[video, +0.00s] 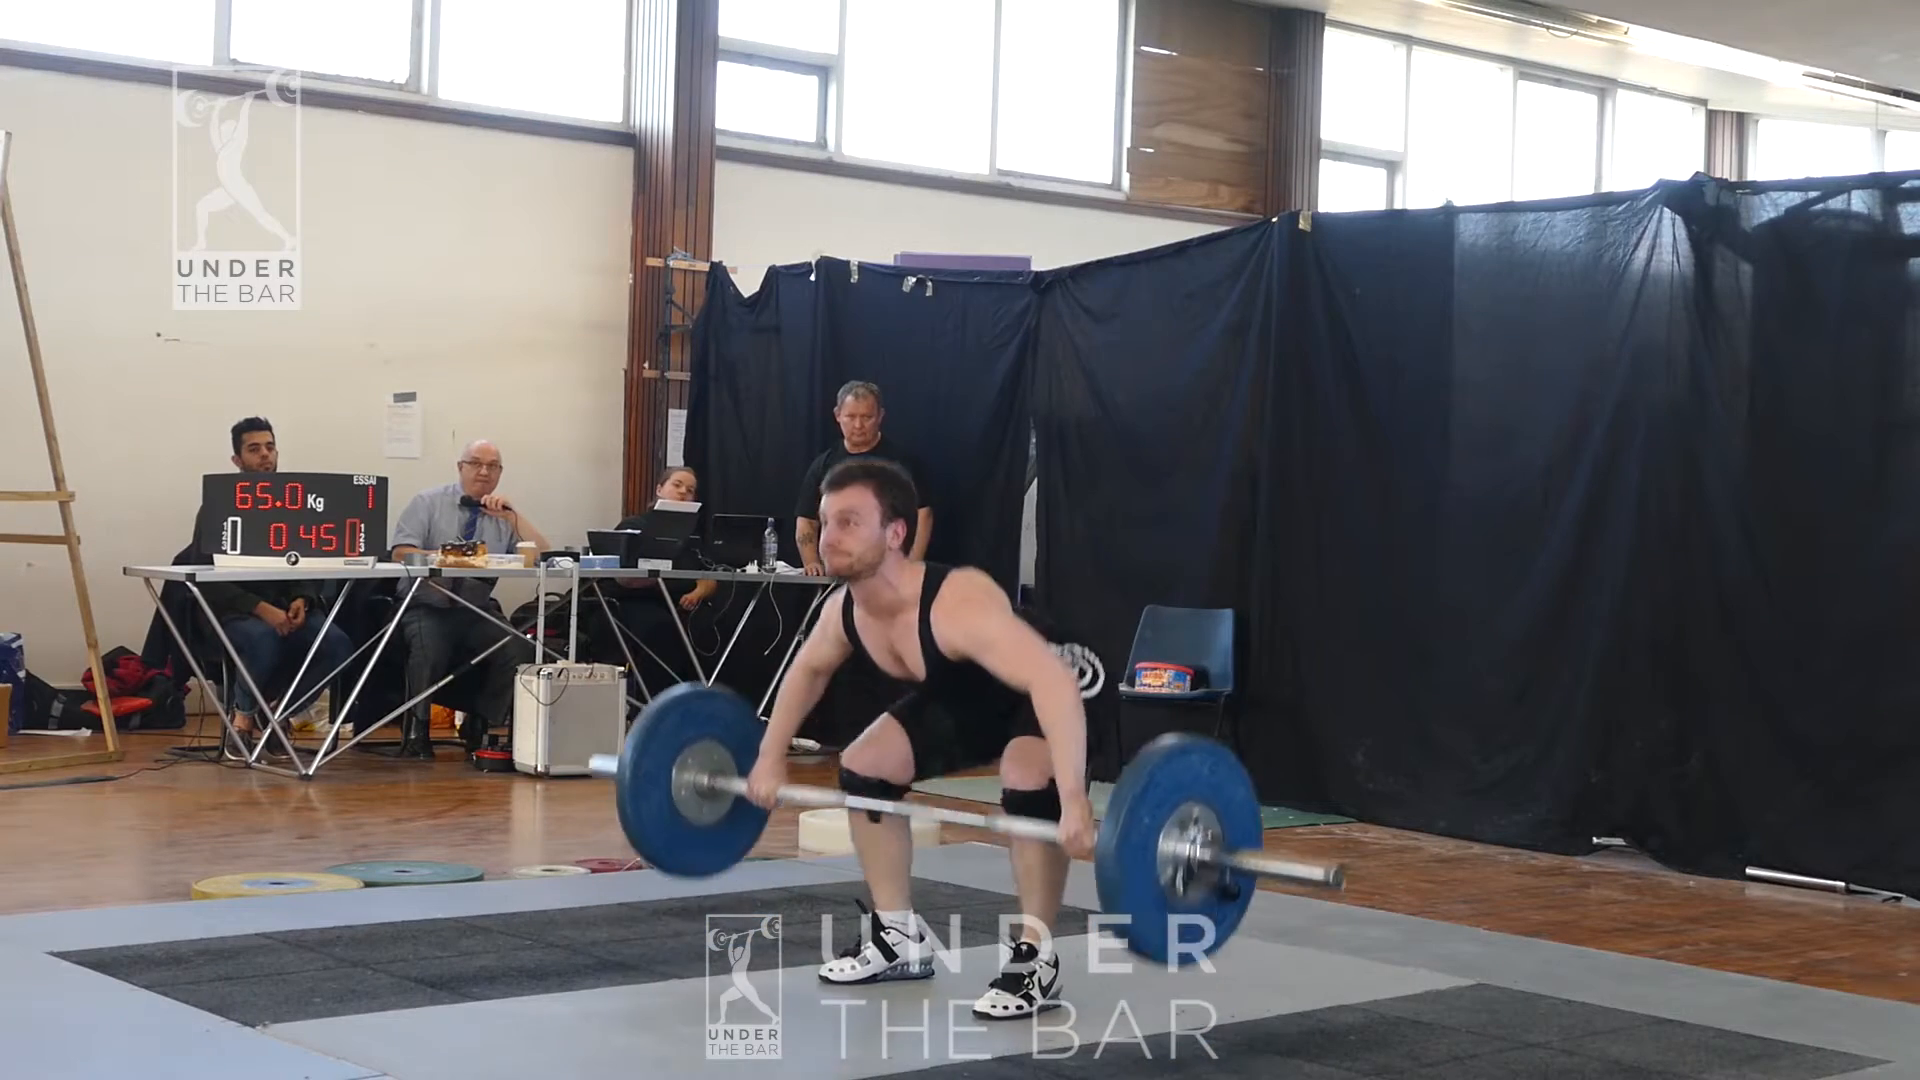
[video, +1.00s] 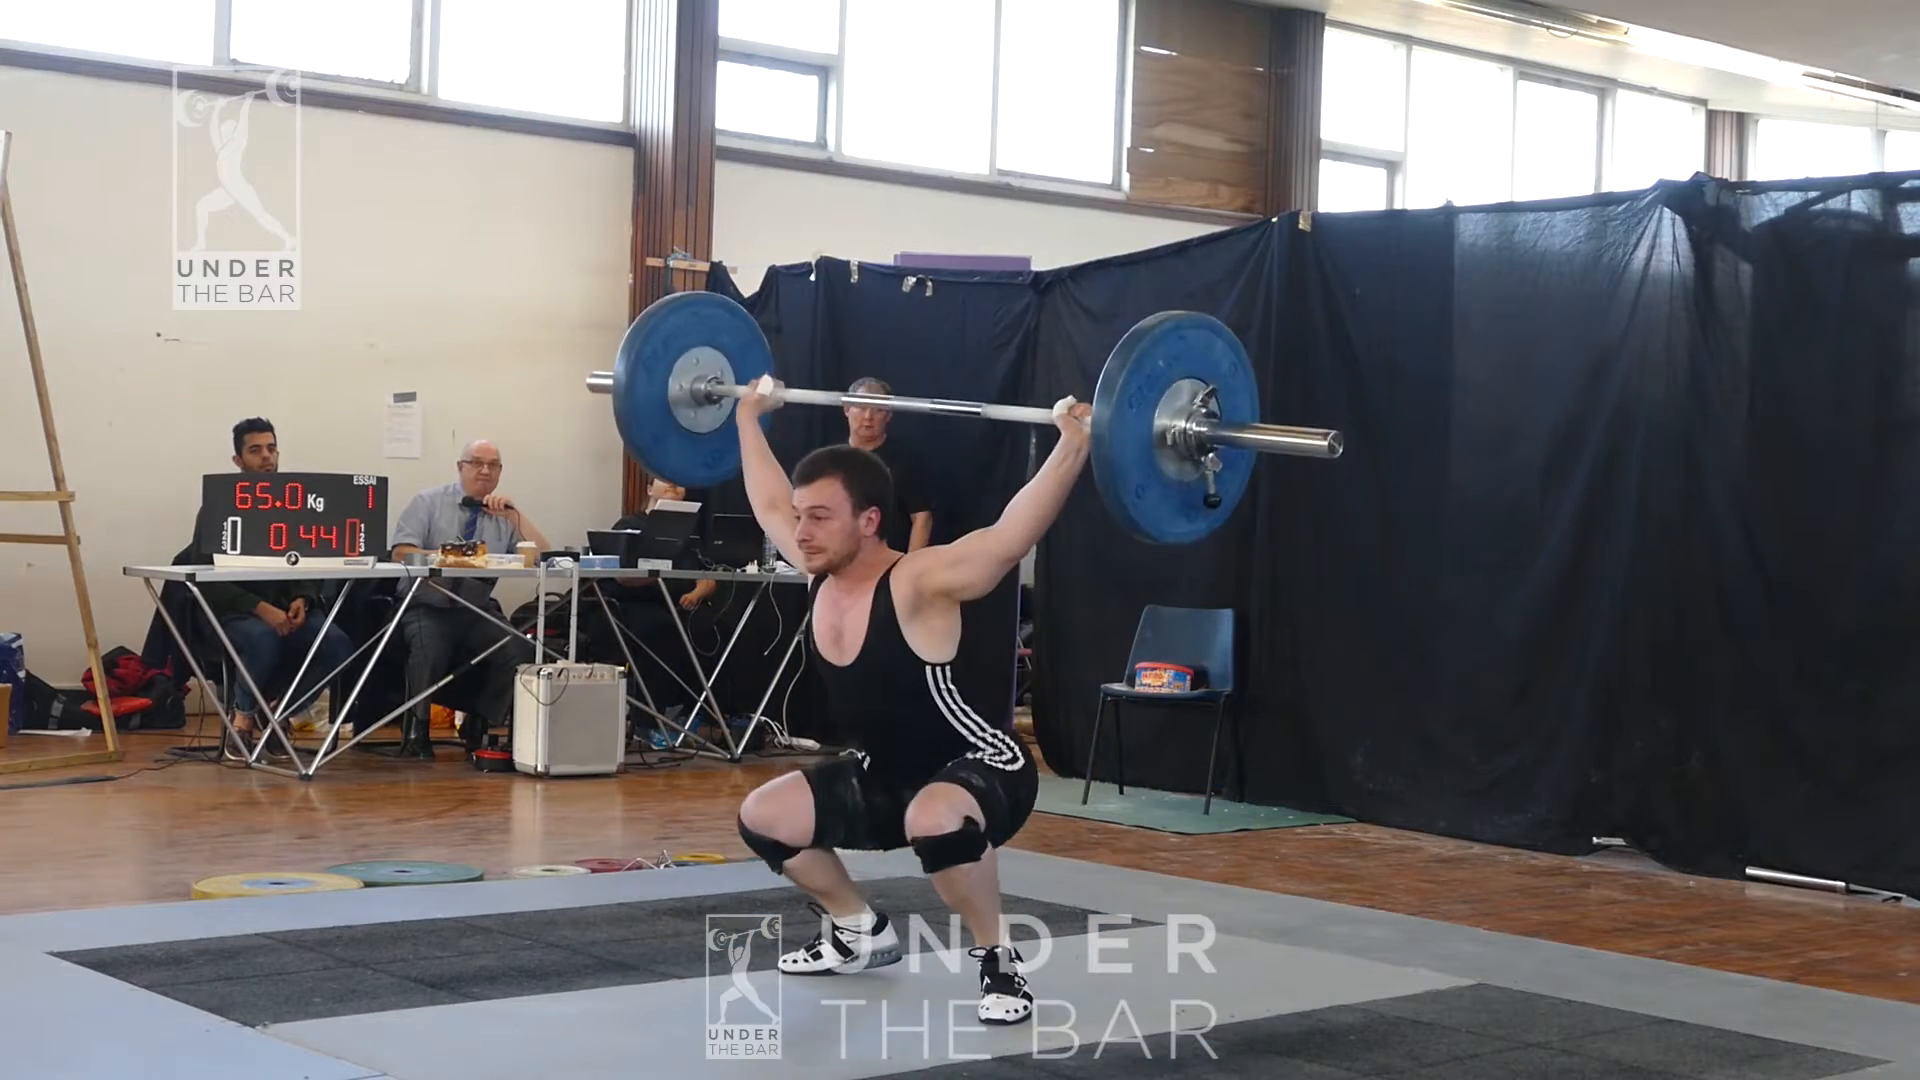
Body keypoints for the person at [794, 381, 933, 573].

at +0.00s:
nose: (858, 425)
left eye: (867, 417)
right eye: (851, 417)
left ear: (880, 417)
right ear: (838, 416)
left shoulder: (903, 461)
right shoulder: (824, 464)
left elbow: (924, 514)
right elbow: (806, 520)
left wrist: (913, 564)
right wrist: (811, 562)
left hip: (888, 569)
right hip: (836, 571)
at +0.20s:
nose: (856, 425)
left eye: (863, 417)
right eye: (849, 416)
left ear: (878, 420)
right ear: (838, 417)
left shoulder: (895, 463)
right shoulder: (826, 466)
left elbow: (921, 522)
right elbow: (804, 531)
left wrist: (910, 569)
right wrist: (826, 569)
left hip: (889, 586)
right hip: (840, 582)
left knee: (888, 662)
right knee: (835, 658)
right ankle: (839, 734)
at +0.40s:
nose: (860, 419)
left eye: (868, 410)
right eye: (853, 410)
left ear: (883, 410)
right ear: (839, 412)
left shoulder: (898, 454)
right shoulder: (824, 455)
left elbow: (910, 506)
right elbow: (809, 509)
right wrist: (810, 557)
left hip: (881, 567)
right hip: (834, 567)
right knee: (831, 644)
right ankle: (829, 726)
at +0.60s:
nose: (863, 419)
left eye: (871, 412)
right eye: (856, 412)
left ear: (884, 414)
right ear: (844, 411)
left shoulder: (897, 462)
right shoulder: (826, 464)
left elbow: (912, 521)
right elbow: (807, 519)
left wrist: (907, 573)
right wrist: (811, 561)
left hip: (886, 579)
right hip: (838, 577)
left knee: (882, 662)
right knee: (838, 662)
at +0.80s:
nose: (866, 419)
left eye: (875, 412)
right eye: (859, 410)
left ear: (886, 415)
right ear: (844, 411)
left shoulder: (900, 455)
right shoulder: (830, 453)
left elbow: (921, 515)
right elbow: (810, 504)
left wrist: (913, 562)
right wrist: (810, 559)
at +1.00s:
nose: (868, 417)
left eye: (878, 409)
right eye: (861, 407)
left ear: (888, 416)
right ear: (847, 410)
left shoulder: (906, 459)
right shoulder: (831, 458)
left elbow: (922, 518)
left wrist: (911, 570)